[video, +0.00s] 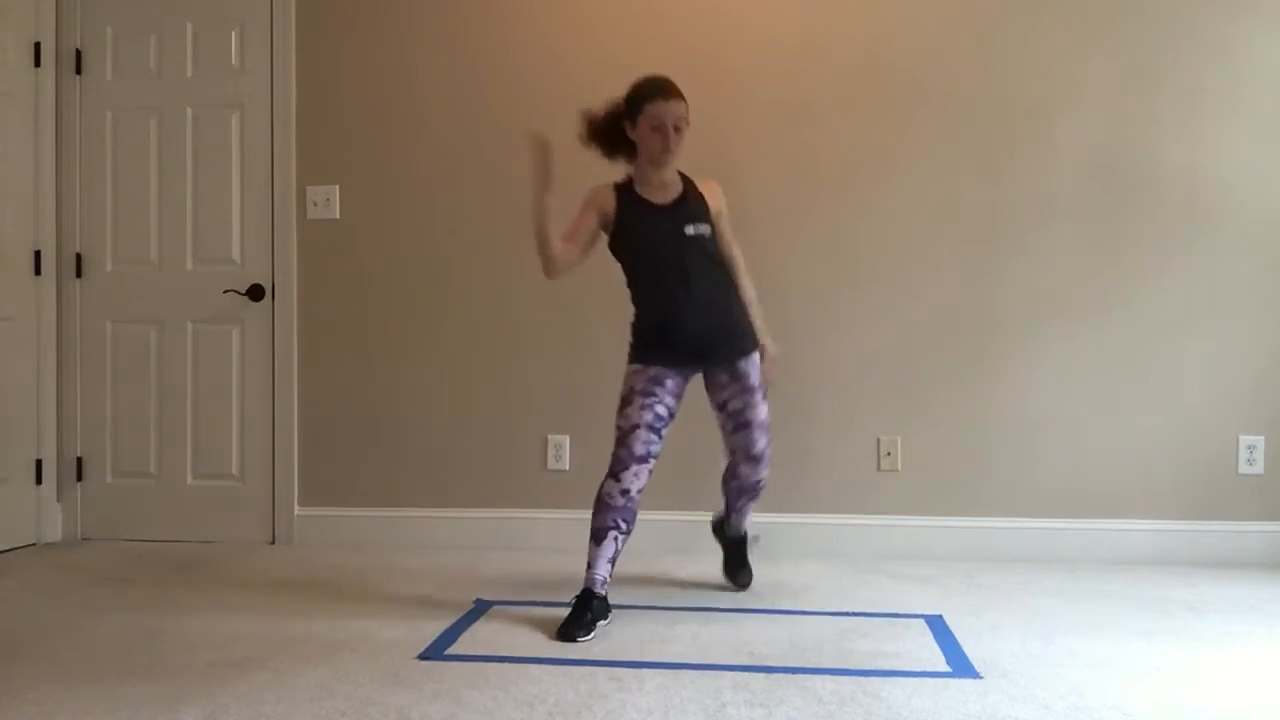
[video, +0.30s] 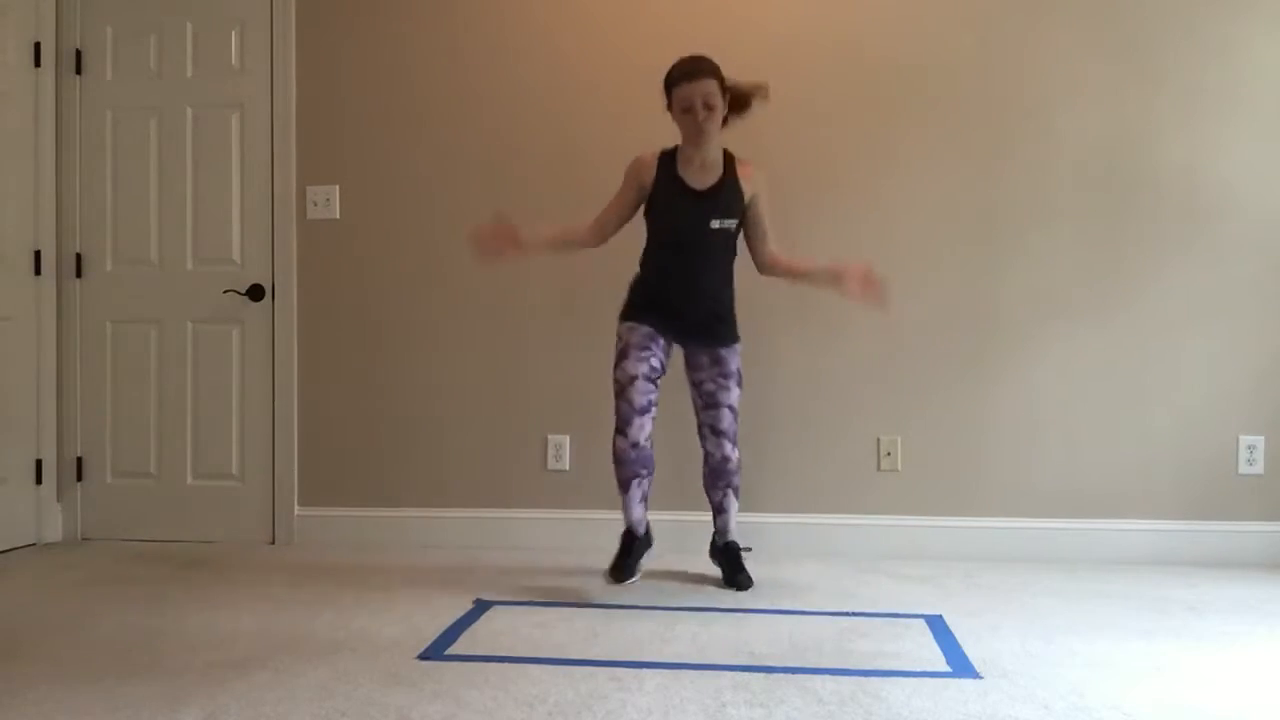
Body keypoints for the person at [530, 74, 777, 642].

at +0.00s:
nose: (672, 136)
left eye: (680, 125)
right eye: (659, 126)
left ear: (689, 130)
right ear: (633, 131)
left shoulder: (706, 193)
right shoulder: (609, 200)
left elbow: (735, 266)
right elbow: (555, 262)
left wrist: (761, 335)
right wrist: (542, 190)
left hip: (728, 340)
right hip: (660, 348)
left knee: (753, 453)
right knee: (628, 469)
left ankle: (734, 530)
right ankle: (594, 592)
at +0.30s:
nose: (699, 116)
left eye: (709, 104)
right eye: (688, 107)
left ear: (724, 109)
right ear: (672, 113)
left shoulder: (743, 178)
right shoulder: (649, 170)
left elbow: (768, 260)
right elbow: (595, 233)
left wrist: (836, 275)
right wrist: (525, 241)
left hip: (713, 324)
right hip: (649, 316)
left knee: (722, 437)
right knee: (631, 425)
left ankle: (726, 542)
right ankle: (635, 532)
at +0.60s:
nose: (678, 143)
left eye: (687, 132)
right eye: (666, 134)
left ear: (704, 135)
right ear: (651, 143)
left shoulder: (726, 201)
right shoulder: (634, 204)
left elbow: (749, 283)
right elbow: (617, 281)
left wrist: (787, 226)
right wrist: (593, 346)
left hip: (701, 351)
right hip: (636, 351)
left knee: (741, 449)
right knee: (633, 457)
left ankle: (726, 527)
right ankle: (640, 553)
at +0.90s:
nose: (702, 125)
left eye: (712, 114)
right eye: (690, 114)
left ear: (724, 118)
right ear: (667, 118)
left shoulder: (738, 180)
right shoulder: (638, 182)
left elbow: (761, 260)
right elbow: (592, 247)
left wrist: (781, 333)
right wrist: (576, 173)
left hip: (747, 324)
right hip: (683, 332)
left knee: (766, 447)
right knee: (674, 438)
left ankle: (798, 582)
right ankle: (682, 548)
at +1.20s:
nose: (697, 93)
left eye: (709, 82)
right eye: (687, 83)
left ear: (735, 88)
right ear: (676, 89)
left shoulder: (750, 163)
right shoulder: (653, 160)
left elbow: (786, 249)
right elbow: (595, 226)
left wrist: (855, 279)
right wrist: (515, 217)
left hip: (728, 324)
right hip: (658, 320)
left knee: (753, 450)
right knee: (618, 420)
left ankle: (797, 586)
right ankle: (631, 519)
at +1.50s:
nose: (650, 130)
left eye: (661, 120)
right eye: (638, 120)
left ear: (680, 128)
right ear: (623, 129)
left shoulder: (698, 203)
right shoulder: (600, 196)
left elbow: (718, 277)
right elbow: (569, 278)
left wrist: (751, 209)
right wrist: (529, 350)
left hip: (658, 357)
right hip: (587, 351)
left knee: (710, 469)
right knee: (567, 469)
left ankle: (759, 592)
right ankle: (552, 593)